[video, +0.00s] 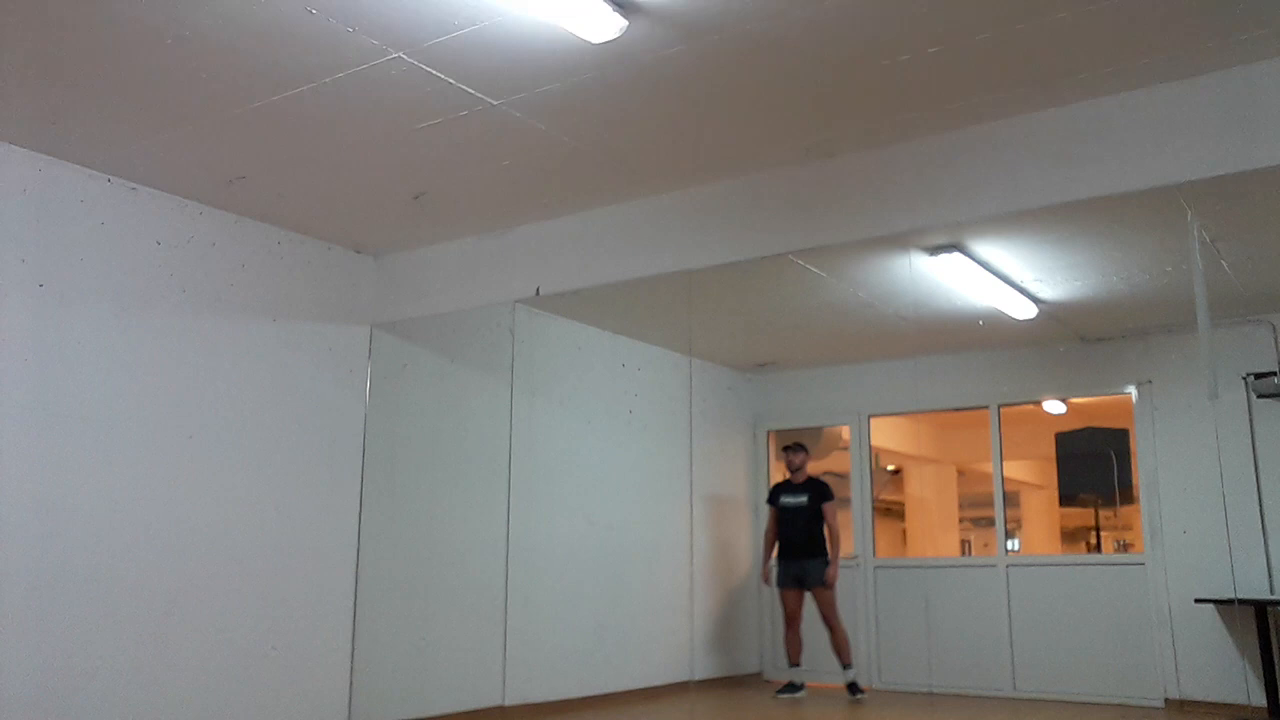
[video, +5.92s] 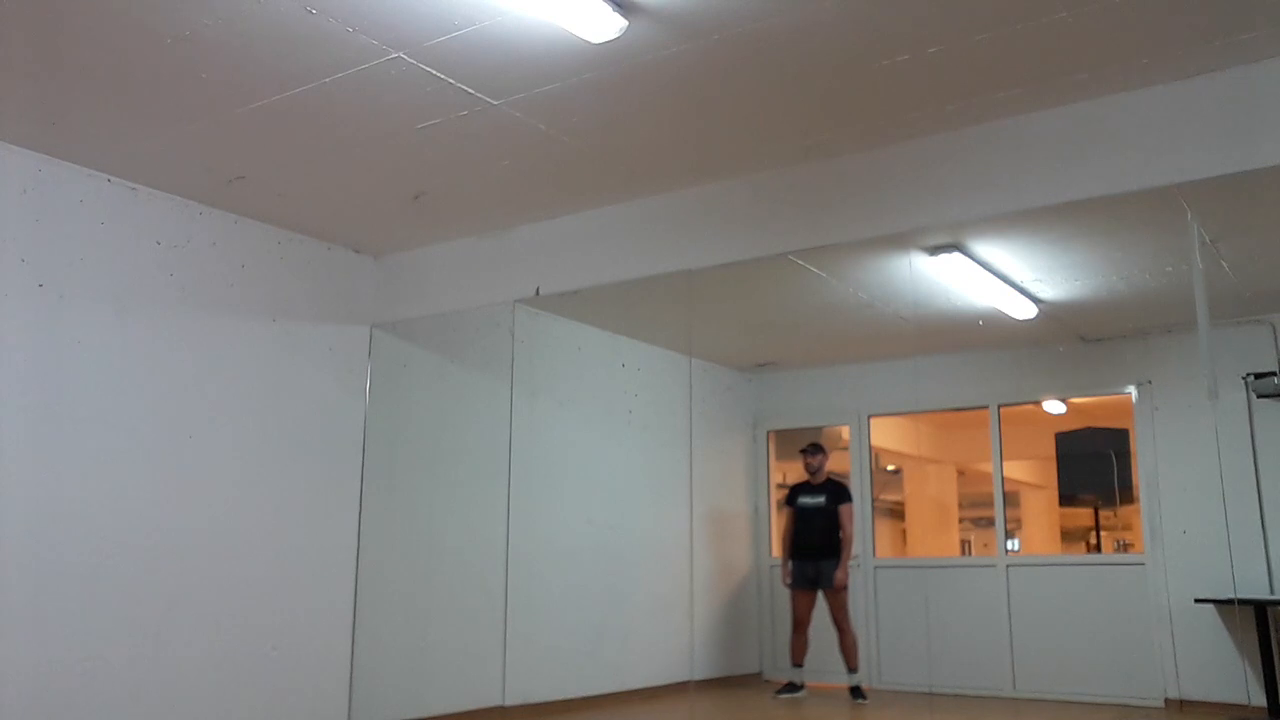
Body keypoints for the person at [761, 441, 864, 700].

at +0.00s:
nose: (791, 458)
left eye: (796, 453)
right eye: (788, 454)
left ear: (806, 457)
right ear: (784, 459)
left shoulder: (820, 488)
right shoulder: (778, 491)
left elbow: (832, 526)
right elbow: (772, 528)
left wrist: (834, 562)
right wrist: (766, 562)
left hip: (816, 562)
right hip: (788, 563)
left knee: (831, 620)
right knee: (791, 621)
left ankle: (850, 677)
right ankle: (796, 679)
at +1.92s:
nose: (811, 459)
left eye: (816, 454)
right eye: (807, 454)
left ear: (825, 459)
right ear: (803, 460)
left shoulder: (837, 490)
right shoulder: (794, 492)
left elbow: (846, 531)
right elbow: (787, 528)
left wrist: (843, 567)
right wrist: (783, 562)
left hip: (829, 563)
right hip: (800, 564)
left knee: (841, 623)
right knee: (798, 623)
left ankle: (854, 681)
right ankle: (796, 680)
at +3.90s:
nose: (811, 458)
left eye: (817, 454)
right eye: (808, 454)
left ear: (827, 459)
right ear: (804, 459)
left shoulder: (838, 490)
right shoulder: (795, 491)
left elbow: (846, 532)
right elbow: (788, 528)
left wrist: (843, 567)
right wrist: (784, 562)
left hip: (830, 563)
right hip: (800, 564)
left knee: (842, 623)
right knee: (799, 623)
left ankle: (854, 681)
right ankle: (796, 680)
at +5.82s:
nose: (809, 461)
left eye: (814, 456)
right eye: (805, 457)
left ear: (825, 459)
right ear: (802, 462)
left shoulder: (838, 490)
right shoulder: (796, 491)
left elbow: (846, 531)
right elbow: (788, 528)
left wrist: (843, 566)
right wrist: (785, 562)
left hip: (830, 563)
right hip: (801, 564)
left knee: (842, 624)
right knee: (799, 624)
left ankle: (854, 682)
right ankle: (796, 680)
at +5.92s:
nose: (810, 461)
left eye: (815, 456)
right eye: (806, 457)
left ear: (825, 459)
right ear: (802, 461)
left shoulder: (839, 490)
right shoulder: (796, 491)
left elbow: (847, 530)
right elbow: (788, 528)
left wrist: (843, 566)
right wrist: (785, 562)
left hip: (831, 564)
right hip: (801, 564)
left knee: (842, 623)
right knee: (799, 624)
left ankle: (854, 682)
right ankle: (796, 680)